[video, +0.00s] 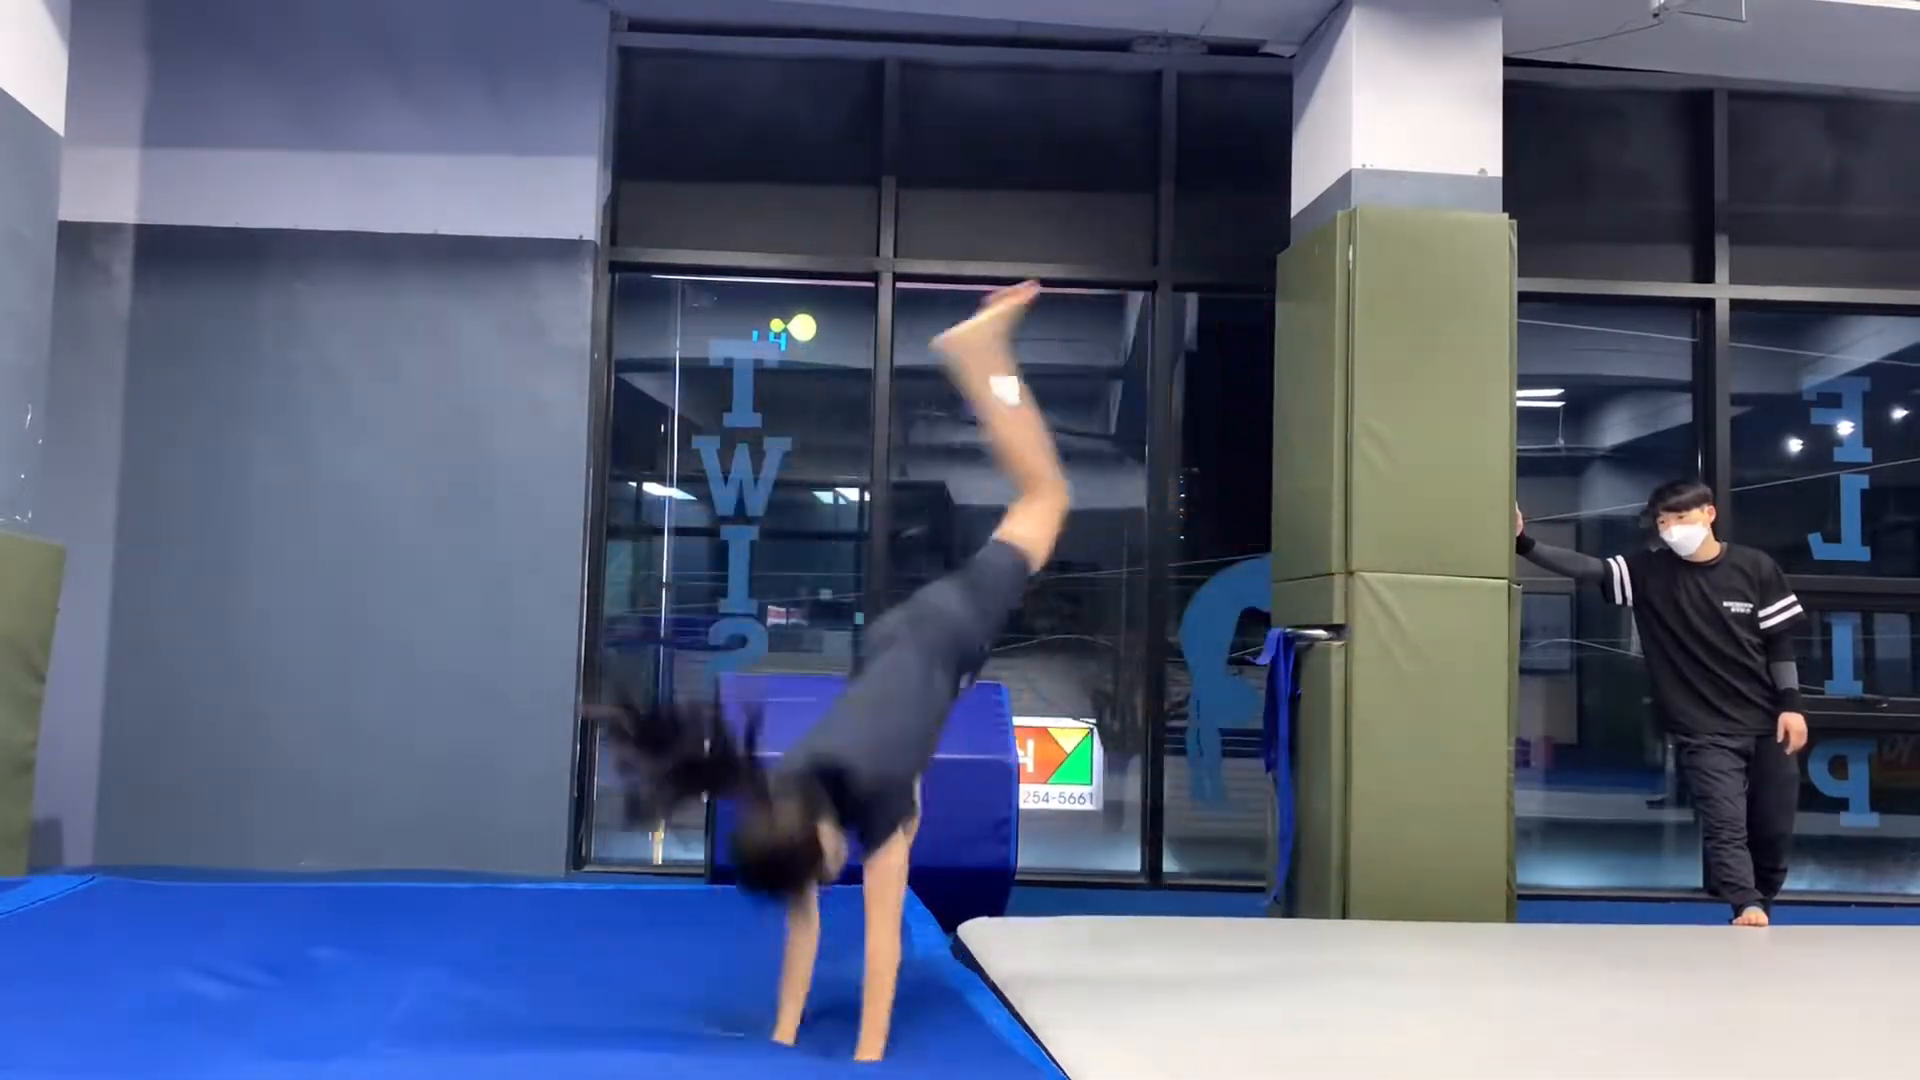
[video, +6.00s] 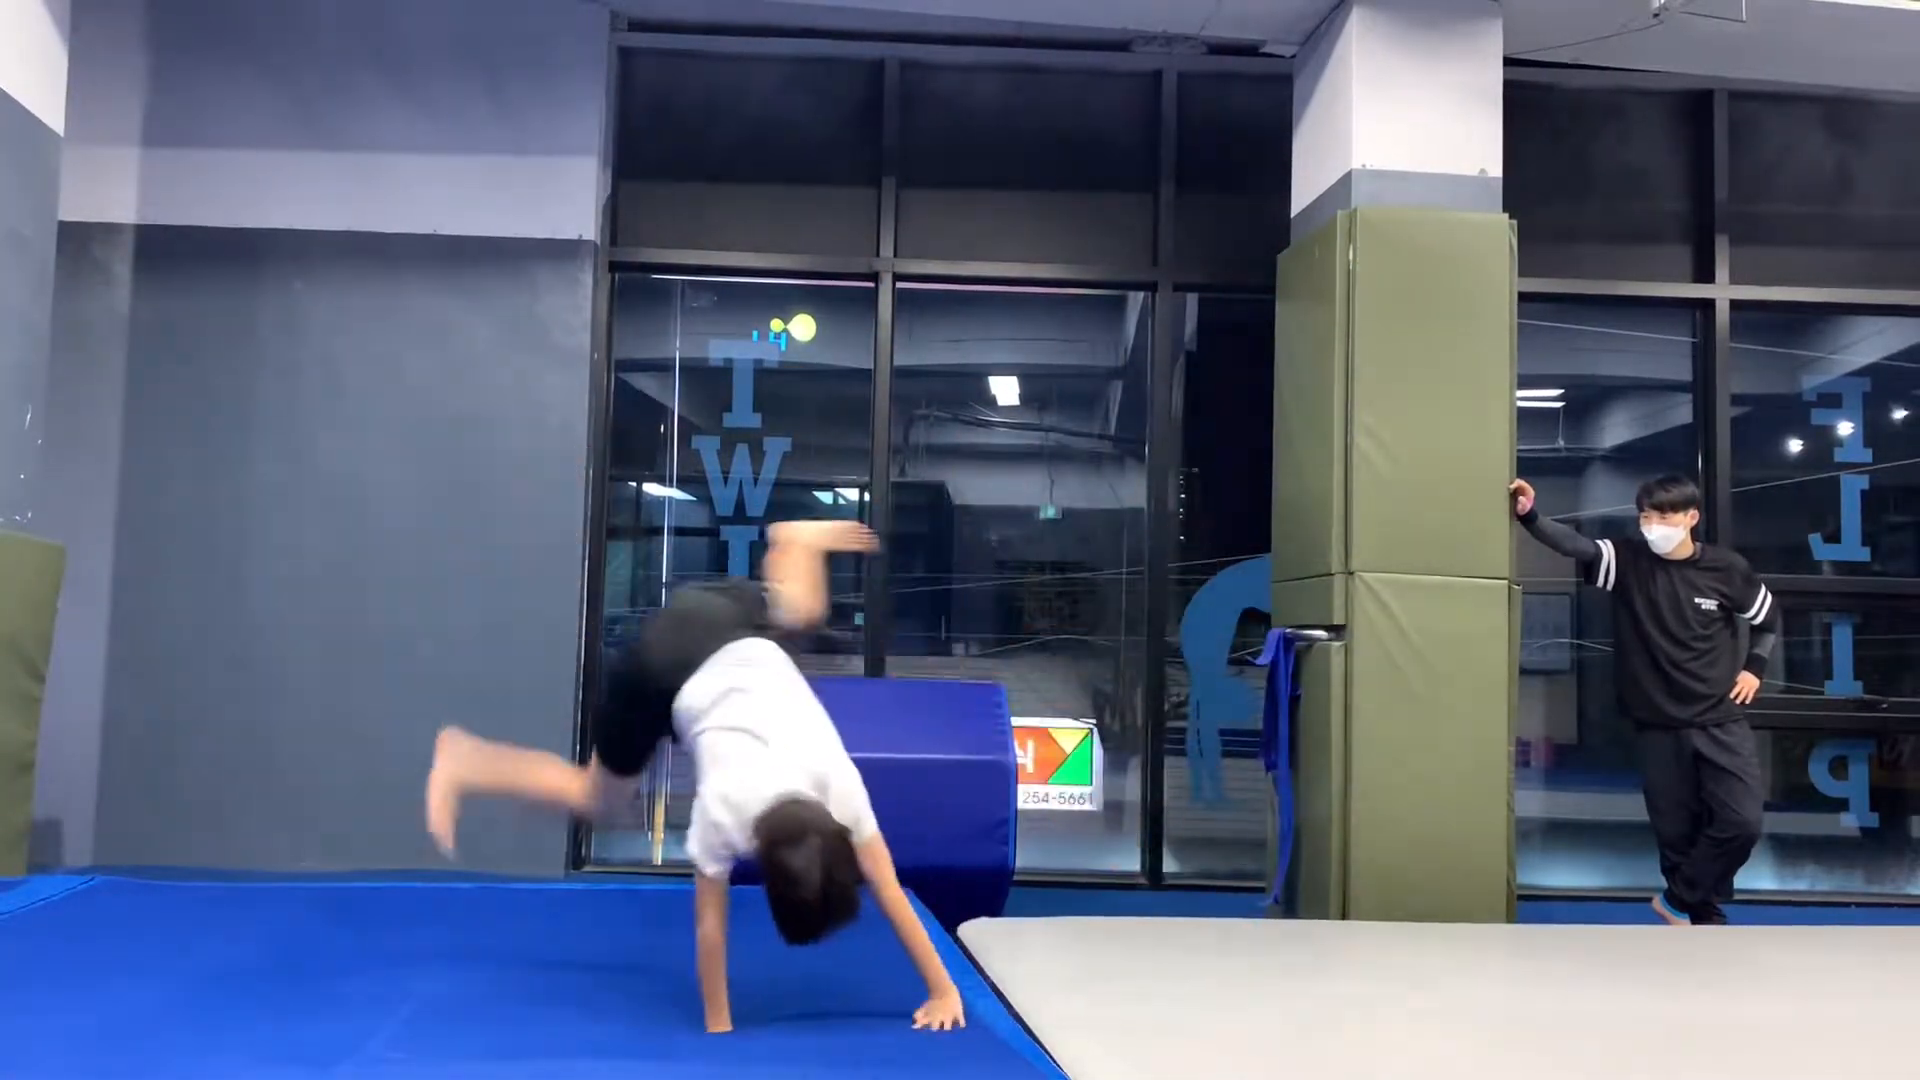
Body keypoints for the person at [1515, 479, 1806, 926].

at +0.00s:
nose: (1669, 526)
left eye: (1680, 515)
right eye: (1663, 518)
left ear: (1709, 514)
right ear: (1656, 524)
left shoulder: (1755, 568)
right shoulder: (1649, 570)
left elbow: (1780, 644)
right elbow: (1587, 568)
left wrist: (1791, 705)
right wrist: (1525, 543)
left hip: (1766, 724)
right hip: (1703, 728)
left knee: (1776, 829)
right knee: (1725, 818)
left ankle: (1759, 900)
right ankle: (1746, 907)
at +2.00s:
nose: (1664, 512)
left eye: (1675, 503)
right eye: (1656, 505)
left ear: (1700, 508)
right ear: (1648, 513)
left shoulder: (1738, 564)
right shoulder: (1633, 561)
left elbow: (1788, 615)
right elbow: (1578, 552)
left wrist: (1770, 669)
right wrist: (1523, 526)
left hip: (1731, 718)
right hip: (1666, 722)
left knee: (1747, 823)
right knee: (1682, 832)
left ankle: (1684, 899)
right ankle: (1714, 928)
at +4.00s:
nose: (1661, 512)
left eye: (1674, 503)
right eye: (1656, 503)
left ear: (1699, 510)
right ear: (1649, 509)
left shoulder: (1738, 564)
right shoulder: (1633, 562)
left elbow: (1789, 614)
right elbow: (1577, 553)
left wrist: (1770, 669)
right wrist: (1524, 527)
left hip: (1732, 719)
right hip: (1668, 723)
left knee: (1748, 825)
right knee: (1683, 834)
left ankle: (1684, 899)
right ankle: (1716, 932)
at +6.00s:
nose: (1650, 525)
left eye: (1663, 516)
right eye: (1646, 515)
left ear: (1691, 518)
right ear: (1640, 517)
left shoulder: (1726, 569)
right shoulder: (1627, 559)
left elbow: (1768, 619)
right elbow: (1578, 545)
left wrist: (1755, 669)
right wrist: (1531, 517)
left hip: (1722, 720)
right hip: (1659, 724)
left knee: (1741, 824)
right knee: (1675, 833)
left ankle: (1676, 900)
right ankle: (1709, 924)